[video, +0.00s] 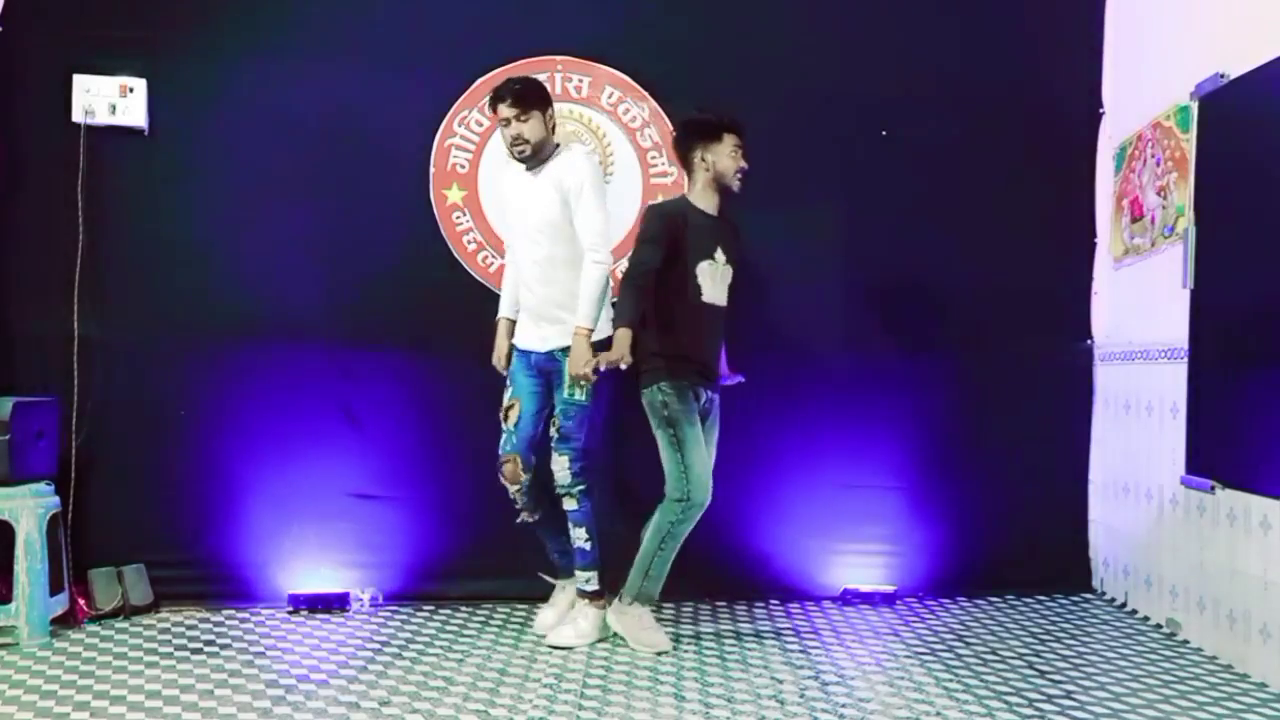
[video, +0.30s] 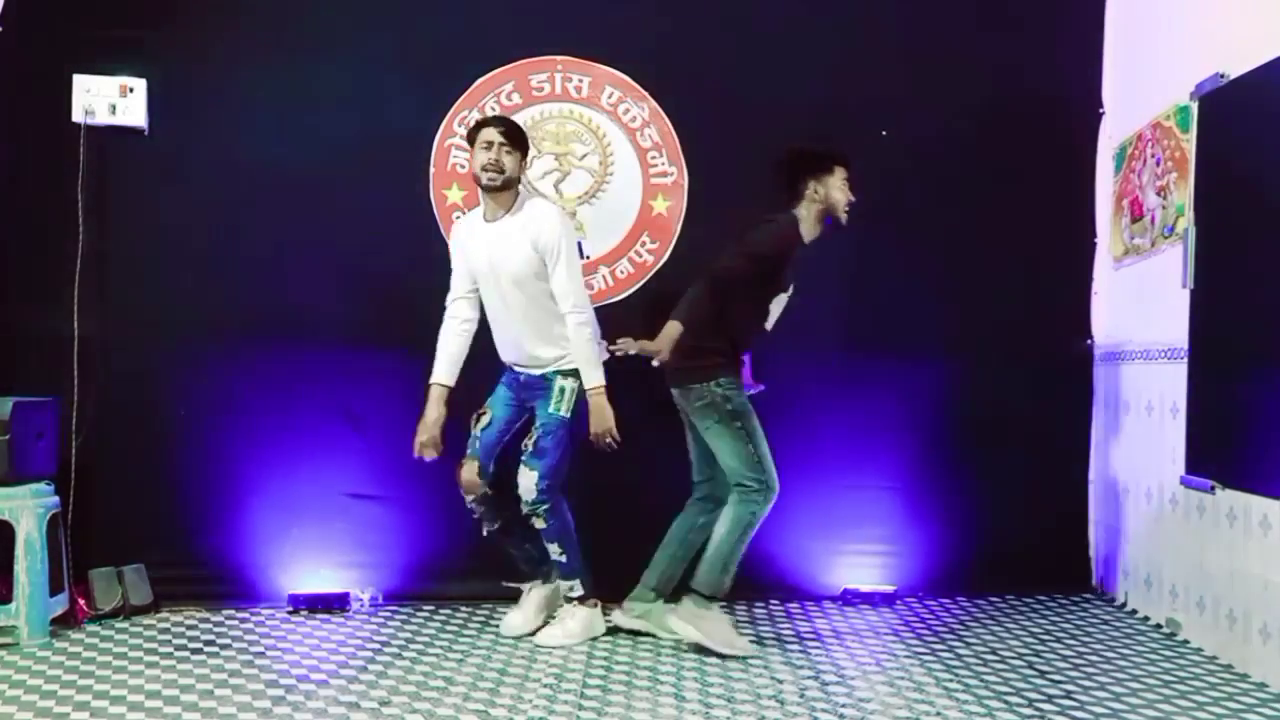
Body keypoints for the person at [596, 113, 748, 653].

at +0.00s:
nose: (743, 162)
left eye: (742, 153)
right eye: (734, 152)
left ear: (717, 161)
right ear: (701, 157)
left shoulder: (727, 230)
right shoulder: (664, 216)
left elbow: (714, 302)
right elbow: (636, 279)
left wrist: (721, 361)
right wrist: (622, 334)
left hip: (707, 380)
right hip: (665, 374)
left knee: (688, 495)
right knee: (692, 492)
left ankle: (636, 602)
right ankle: (632, 604)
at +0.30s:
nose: (851, 194)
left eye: (849, 184)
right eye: (843, 183)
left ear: (814, 190)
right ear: (813, 188)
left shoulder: (785, 241)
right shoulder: (779, 235)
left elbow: (734, 302)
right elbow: (714, 280)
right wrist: (665, 342)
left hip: (696, 373)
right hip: (708, 372)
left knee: (711, 493)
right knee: (756, 487)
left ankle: (643, 602)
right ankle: (702, 605)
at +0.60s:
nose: (935, 202)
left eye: (933, 192)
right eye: (928, 191)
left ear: (901, 198)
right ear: (901, 196)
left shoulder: (870, 243)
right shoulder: (869, 241)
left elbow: (816, 300)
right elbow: (814, 292)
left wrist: (779, 366)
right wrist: (786, 362)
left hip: (792, 380)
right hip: (804, 381)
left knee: (830, 493)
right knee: (857, 490)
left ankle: (799, 610)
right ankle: (785, 599)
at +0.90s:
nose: (999, 196)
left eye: (996, 186)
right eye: (993, 186)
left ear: (962, 193)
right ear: (967, 191)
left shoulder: (927, 235)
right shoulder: (940, 238)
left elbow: (888, 300)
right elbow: (892, 295)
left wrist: (872, 368)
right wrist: (872, 366)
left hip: (877, 384)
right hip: (891, 386)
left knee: (921, 496)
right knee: (941, 496)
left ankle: (903, 617)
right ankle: (855, 593)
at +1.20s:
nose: (1044, 178)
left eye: (1043, 168)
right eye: (1038, 167)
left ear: (1007, 174)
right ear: (1011, 172)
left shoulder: (985, 227)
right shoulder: (975, 225)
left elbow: (954, 300)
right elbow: (937, 291)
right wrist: (923, 372)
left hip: (978, 391)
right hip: (962, 394)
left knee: (1037, 485)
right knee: (1005, 503)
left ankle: (1005, 609)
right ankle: (957, 628)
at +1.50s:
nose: (991, 170)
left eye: (1002, 160)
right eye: (981, 159)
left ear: (1019, 167)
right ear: (965, 166)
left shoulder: (1035, 234)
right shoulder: (946, 235)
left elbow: (1060, 314)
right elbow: (933, 326)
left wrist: (1079, 385)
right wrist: (944, 408)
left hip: (1050, 388)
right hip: (987, 390)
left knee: (1087, 501)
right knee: (1004, 509)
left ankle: (1041, 610)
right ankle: (983, 621)